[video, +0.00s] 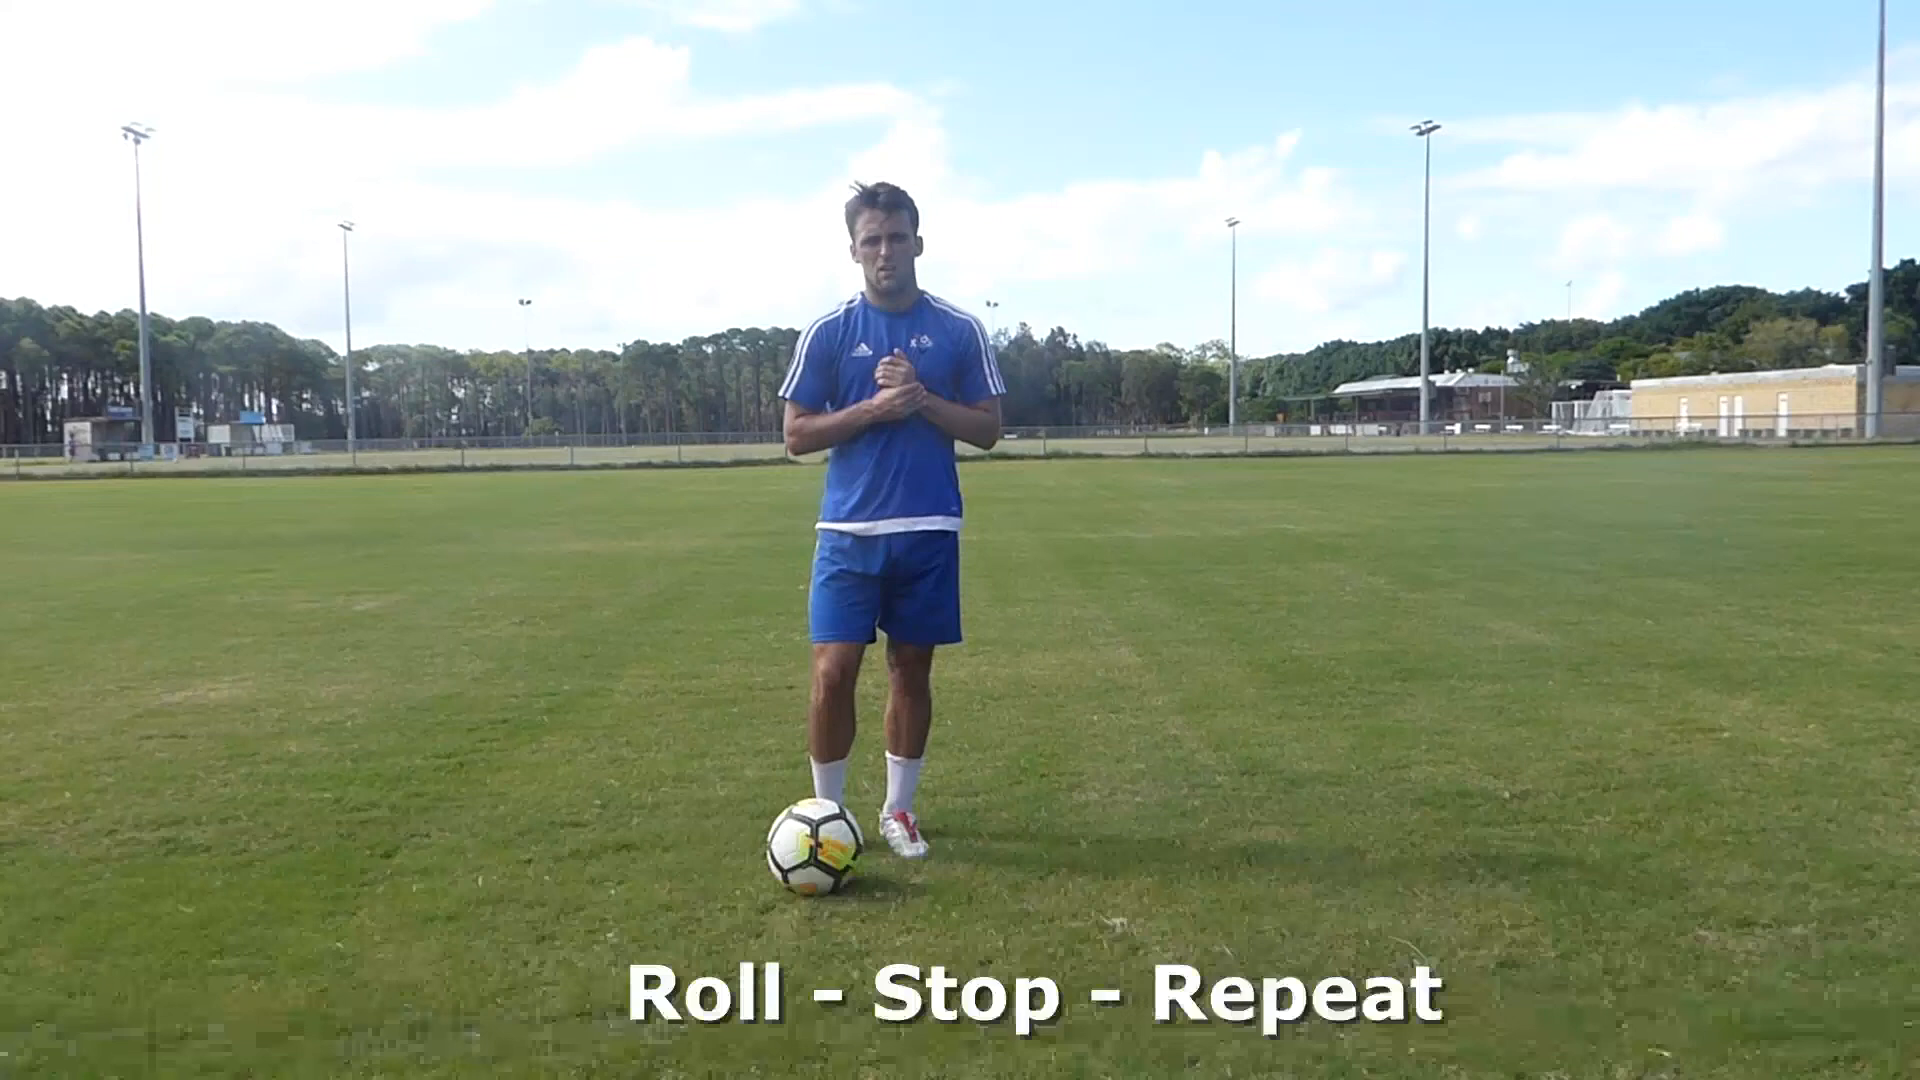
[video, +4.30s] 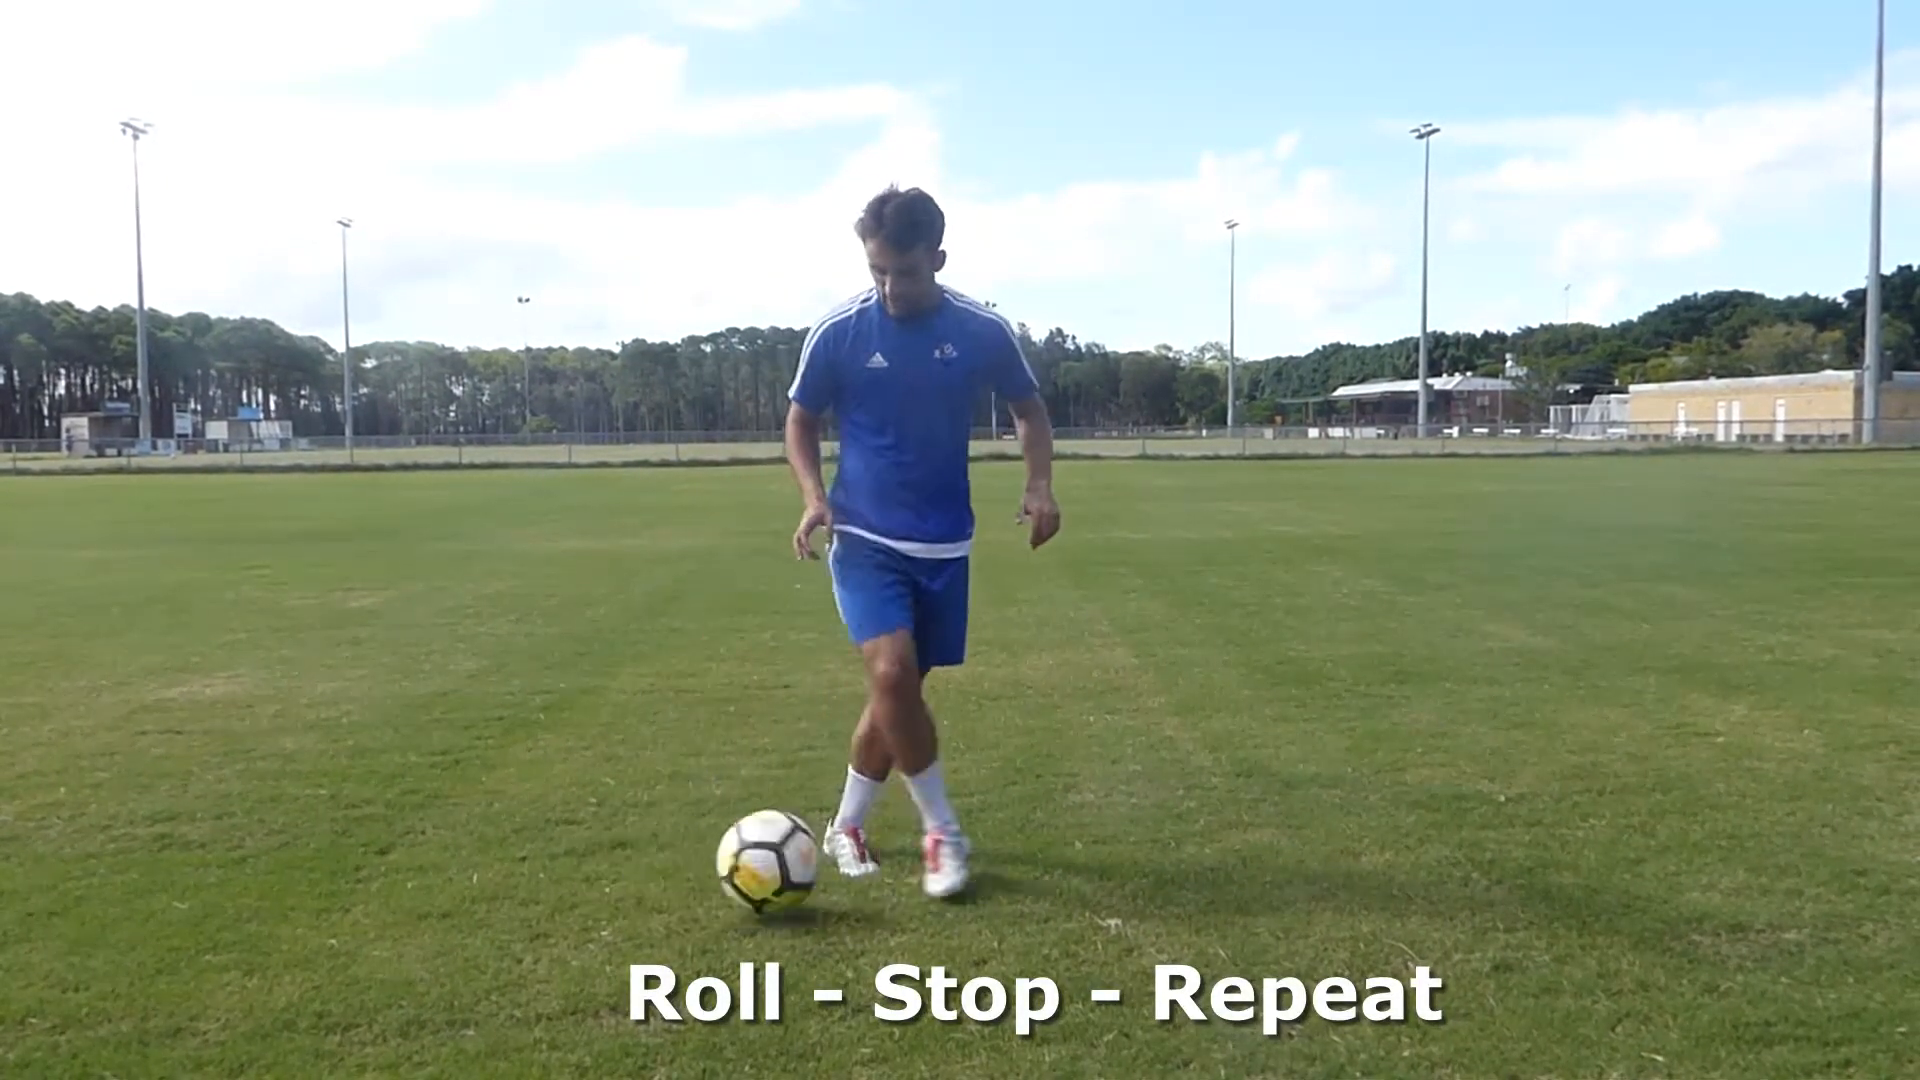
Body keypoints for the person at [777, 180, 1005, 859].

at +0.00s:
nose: (885, 252)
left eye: (897, 240)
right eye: (872, 242)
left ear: (917, 243)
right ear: (854, 251)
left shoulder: (960, 330)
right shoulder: (829, 333)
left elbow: (987, 428)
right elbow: (797, 434)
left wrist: (922, 398)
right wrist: (873, 408)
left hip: (927, 529)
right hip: (847, 530)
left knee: (911, 670)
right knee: (833, 673)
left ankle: (898, 812)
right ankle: (827, 818)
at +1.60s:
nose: (804, 280)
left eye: (817, 265)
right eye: (790, 266)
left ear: (841, 253)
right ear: (774, 258)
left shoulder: (888, 324)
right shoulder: (758, 339)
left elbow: (928, 409)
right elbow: (729, 433)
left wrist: (900, 438)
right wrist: (775, 456)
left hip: (868, 523)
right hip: (795, 530)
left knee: (851, 659)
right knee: (816, 672)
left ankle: (838, 815)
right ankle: (833, 802)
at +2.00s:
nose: (816, 272)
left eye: (829, 257)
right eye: (804, 256)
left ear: (859, 247)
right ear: (790, 248)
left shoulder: (899, 326)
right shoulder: (768, 323)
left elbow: (939, 422)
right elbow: (744, 405)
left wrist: (889, 457)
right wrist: (749, 447)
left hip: (857, 534)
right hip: (776, 524)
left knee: (851, 678)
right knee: (729, 637)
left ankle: (849, 825)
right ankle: (770, 783)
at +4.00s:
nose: (886, 282)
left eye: (901, 268)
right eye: (875, 265)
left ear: (931, 257)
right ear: (862, 249)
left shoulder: (958, 335)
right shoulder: (826, 316)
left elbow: (973, 412)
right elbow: (767, 408)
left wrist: (989, 489)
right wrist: (764, 477)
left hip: (891, 539)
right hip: (805, 515)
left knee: (867, 688)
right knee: (730, 620)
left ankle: (841, 830)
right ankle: (677, 792)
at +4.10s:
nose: (888, 284)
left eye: (903, 270)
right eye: (877, 268)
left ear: (934, 258)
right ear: (863, 252)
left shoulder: (964, 333)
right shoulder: (830, 321)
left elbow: (980, 409)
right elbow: (774, 412)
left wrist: (997, 479)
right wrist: (776, 483)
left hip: (907, 537)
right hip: (823, 517)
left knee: (873, 689)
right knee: (771, 630)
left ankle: (843, 829)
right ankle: (729, 803)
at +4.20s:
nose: (890, 285)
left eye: (905, 270)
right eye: (878, 269)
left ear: (936, 256)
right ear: (864, 254)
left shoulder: (975, 332)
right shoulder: (833, 326)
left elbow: (1001, 406)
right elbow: (787, 413)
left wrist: (1015, 480)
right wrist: (794, 489)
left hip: (923, 537)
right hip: (842, 518)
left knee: (883, 685)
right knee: (834, 639)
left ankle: (847, 829)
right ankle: (820, 815)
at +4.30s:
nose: (891, 288)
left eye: (905, 273)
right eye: (879, 272)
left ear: (936, 256)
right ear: (865, 258)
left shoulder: (983, 332)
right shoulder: (837, 334)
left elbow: (1029, 409)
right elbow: (800, 421)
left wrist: (1040, 487)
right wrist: (812, 494)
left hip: (944, 547)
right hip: (863, 538)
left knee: (897, 695)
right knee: (893, 673)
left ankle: (846, 826)